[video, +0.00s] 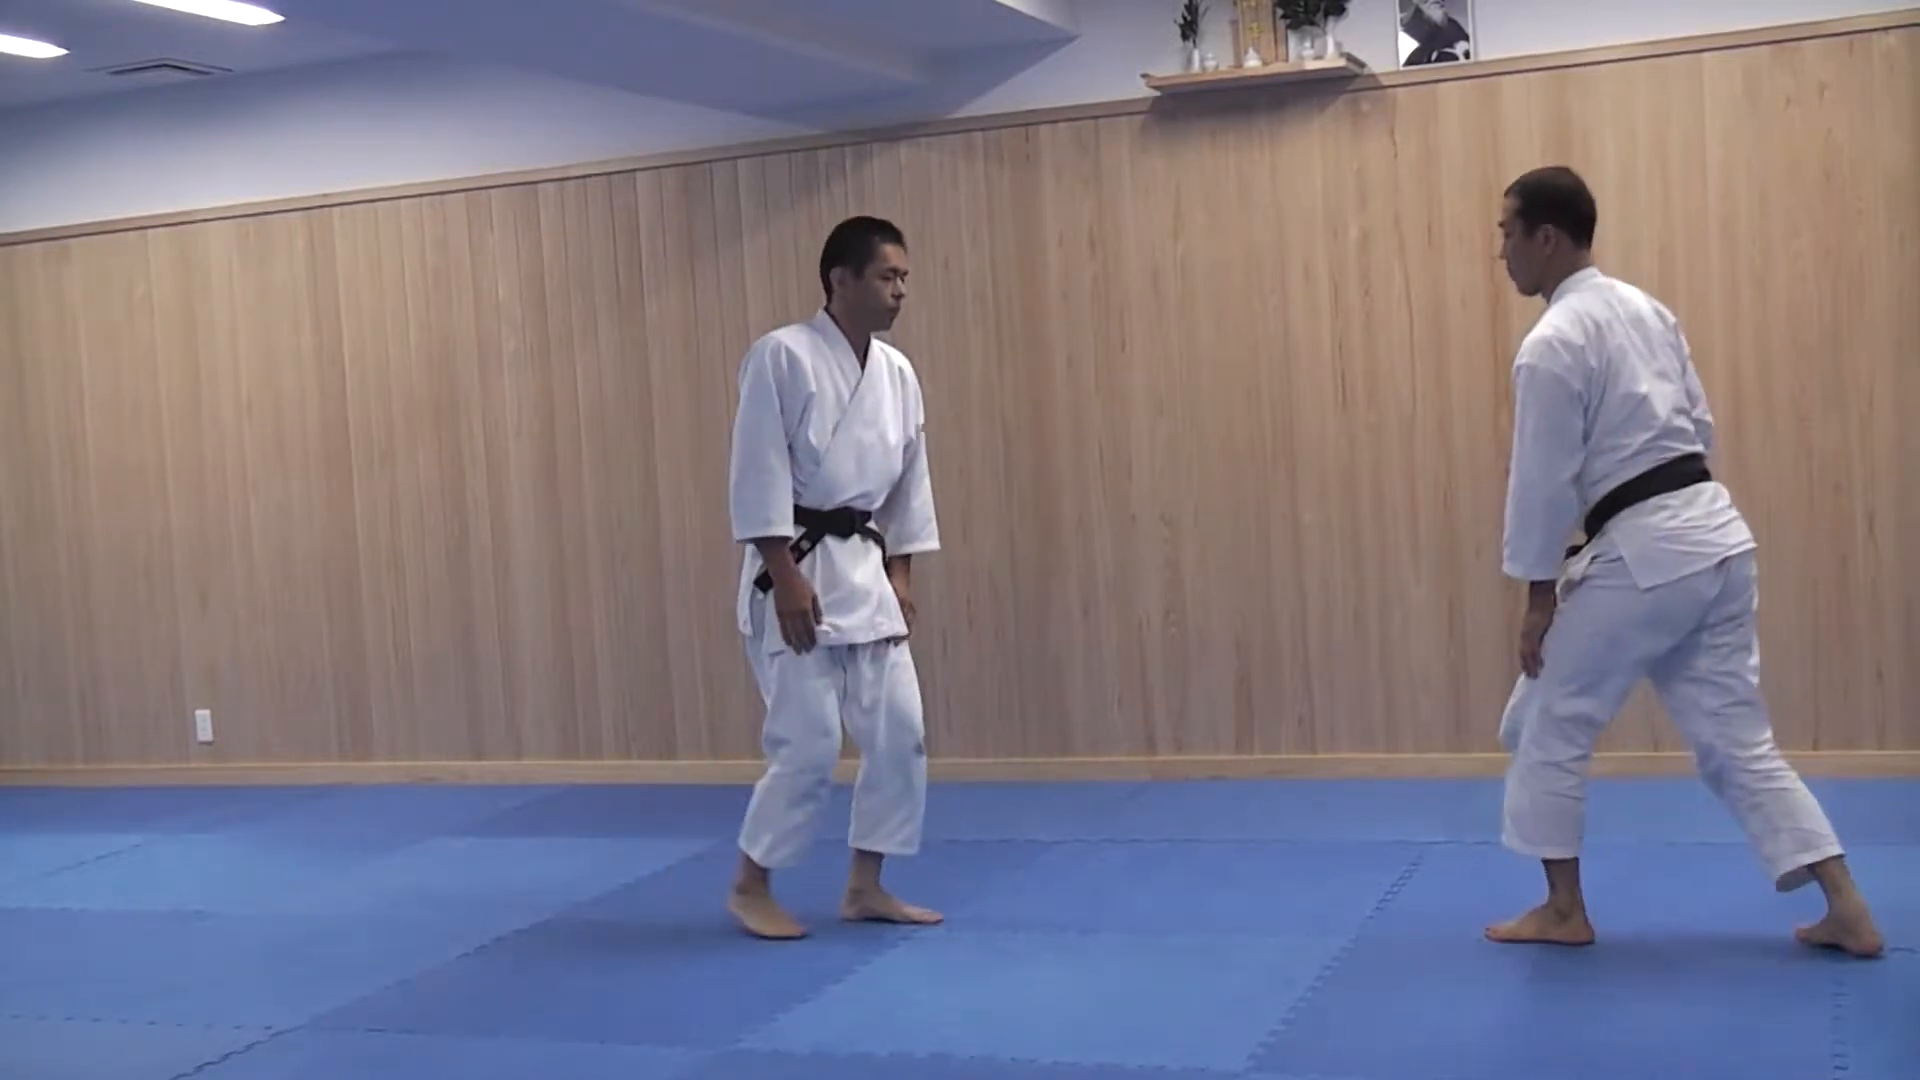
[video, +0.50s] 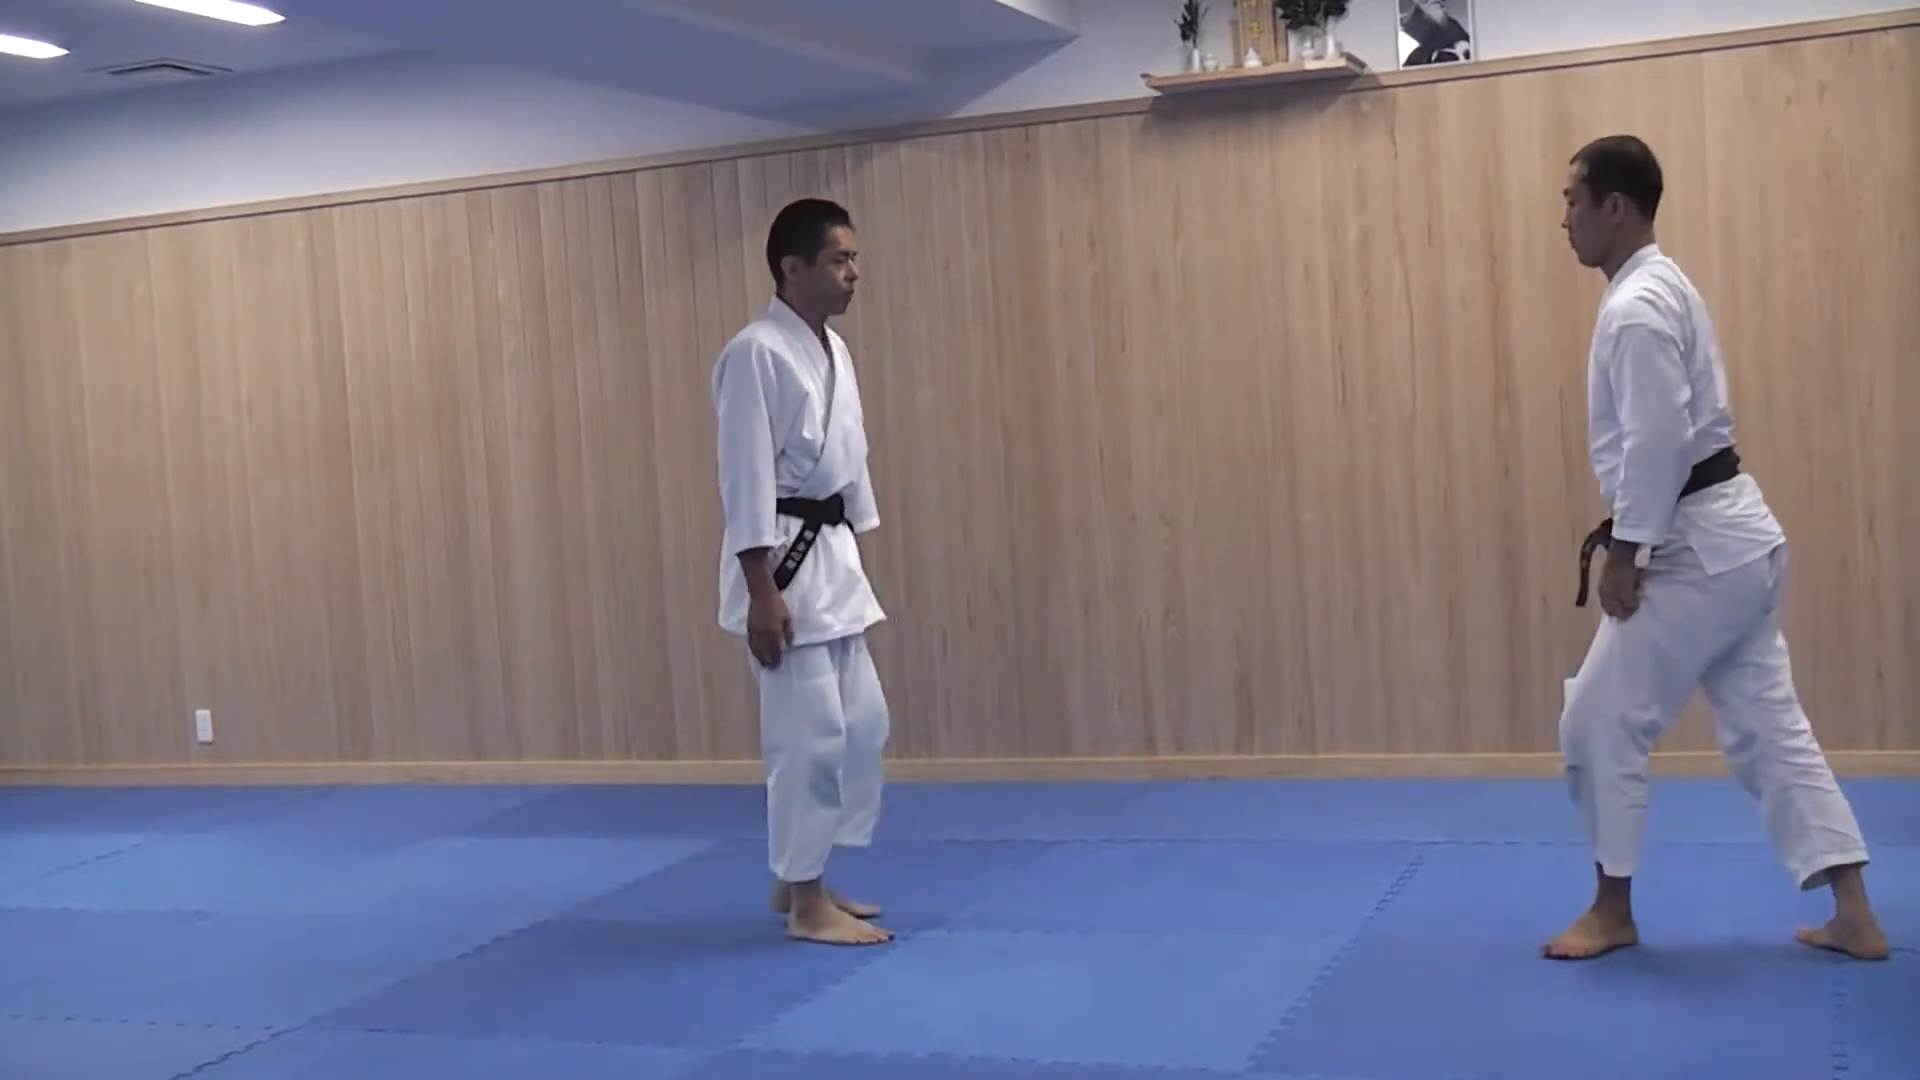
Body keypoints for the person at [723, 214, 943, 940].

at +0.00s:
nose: (901, 290)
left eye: (905, 278)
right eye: (888, 277)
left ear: (897, 284)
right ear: (839, 280)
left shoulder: (896, 371)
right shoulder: (782, 355)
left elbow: (907, 484)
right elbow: (758, 474)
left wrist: (899, 576)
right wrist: (784, 575)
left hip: (864, 568)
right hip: (794, 569)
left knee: (899, 727)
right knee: (810, 741)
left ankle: (865, 886)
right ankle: (750, 885)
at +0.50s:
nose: (853, 272)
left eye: (854, 259)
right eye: (838, 260)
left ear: (820, 269)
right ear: (791, 269)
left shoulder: (833, 349)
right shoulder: (755, 352)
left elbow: (842, 469)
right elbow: (743, 480)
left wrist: (853, 572)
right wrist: (761, 592)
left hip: (832, 563)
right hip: (785, 569)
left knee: (863, 721)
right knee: (812, 732)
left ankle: (809, 877)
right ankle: (804, 901)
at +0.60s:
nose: (844, 272)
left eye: (844, 259)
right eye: (829, 259)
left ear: (810, 269)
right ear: (782, 268)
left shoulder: (823, 349)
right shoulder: (750, 353)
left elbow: (832, 472)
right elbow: (744, 482)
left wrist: (843, 575)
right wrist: (770, 594)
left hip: (825, 561)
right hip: (782, 567)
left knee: (829, 727)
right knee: (811, 734)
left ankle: (747, 869)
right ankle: (809, 905)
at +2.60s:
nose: (782, 311)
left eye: (785, 299)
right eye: (768, 300)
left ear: (784, 304)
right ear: (720, 308)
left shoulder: (808, 391)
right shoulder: (676, 400)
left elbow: (892, 431)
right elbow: (665, 514)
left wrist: (990, 447)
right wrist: (754, 544)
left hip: (813, 604)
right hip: (729, 612)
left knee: (908, 739)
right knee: (694, 776)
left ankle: (992, 887)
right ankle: (641, 892)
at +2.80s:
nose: (903, 299)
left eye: (906, 286)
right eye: (888, 286)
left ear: (902, 292)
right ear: (837, 295)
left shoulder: (928, 381)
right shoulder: (793, 390)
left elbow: (1021, 418)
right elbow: (782, 508)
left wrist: (1125, 435)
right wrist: (876, 541)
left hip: (928, 594)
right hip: (843, 599)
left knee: (1017, 734)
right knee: (787, 760)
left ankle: (1033, 905)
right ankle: (695, 875)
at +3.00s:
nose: (990, 273)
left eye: (995, 260)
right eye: (976, 260)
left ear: (995, 265)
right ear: (926, 263)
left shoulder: (1008, 354)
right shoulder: (870, 352)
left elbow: (1095, 405)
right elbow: (851, 476)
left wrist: (1195, 439)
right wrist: (943, 513)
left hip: (990, 573)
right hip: (908, 575)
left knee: (1043, 732)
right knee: (882, 750)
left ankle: (1035, 900)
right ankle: (828, 884)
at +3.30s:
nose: (1044, 274)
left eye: (1048, 261)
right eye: (1031, 260)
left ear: (1045, 264)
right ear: (978, 260)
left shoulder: (1052, 359)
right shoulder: (916, 347)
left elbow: (1137, 423)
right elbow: (893, 468)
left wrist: (1227, 468)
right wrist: (983, 512)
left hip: (1027, 571)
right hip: (941, 572)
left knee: (1066, 732)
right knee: (915, 750)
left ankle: (1038, 898)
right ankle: (880, 896)